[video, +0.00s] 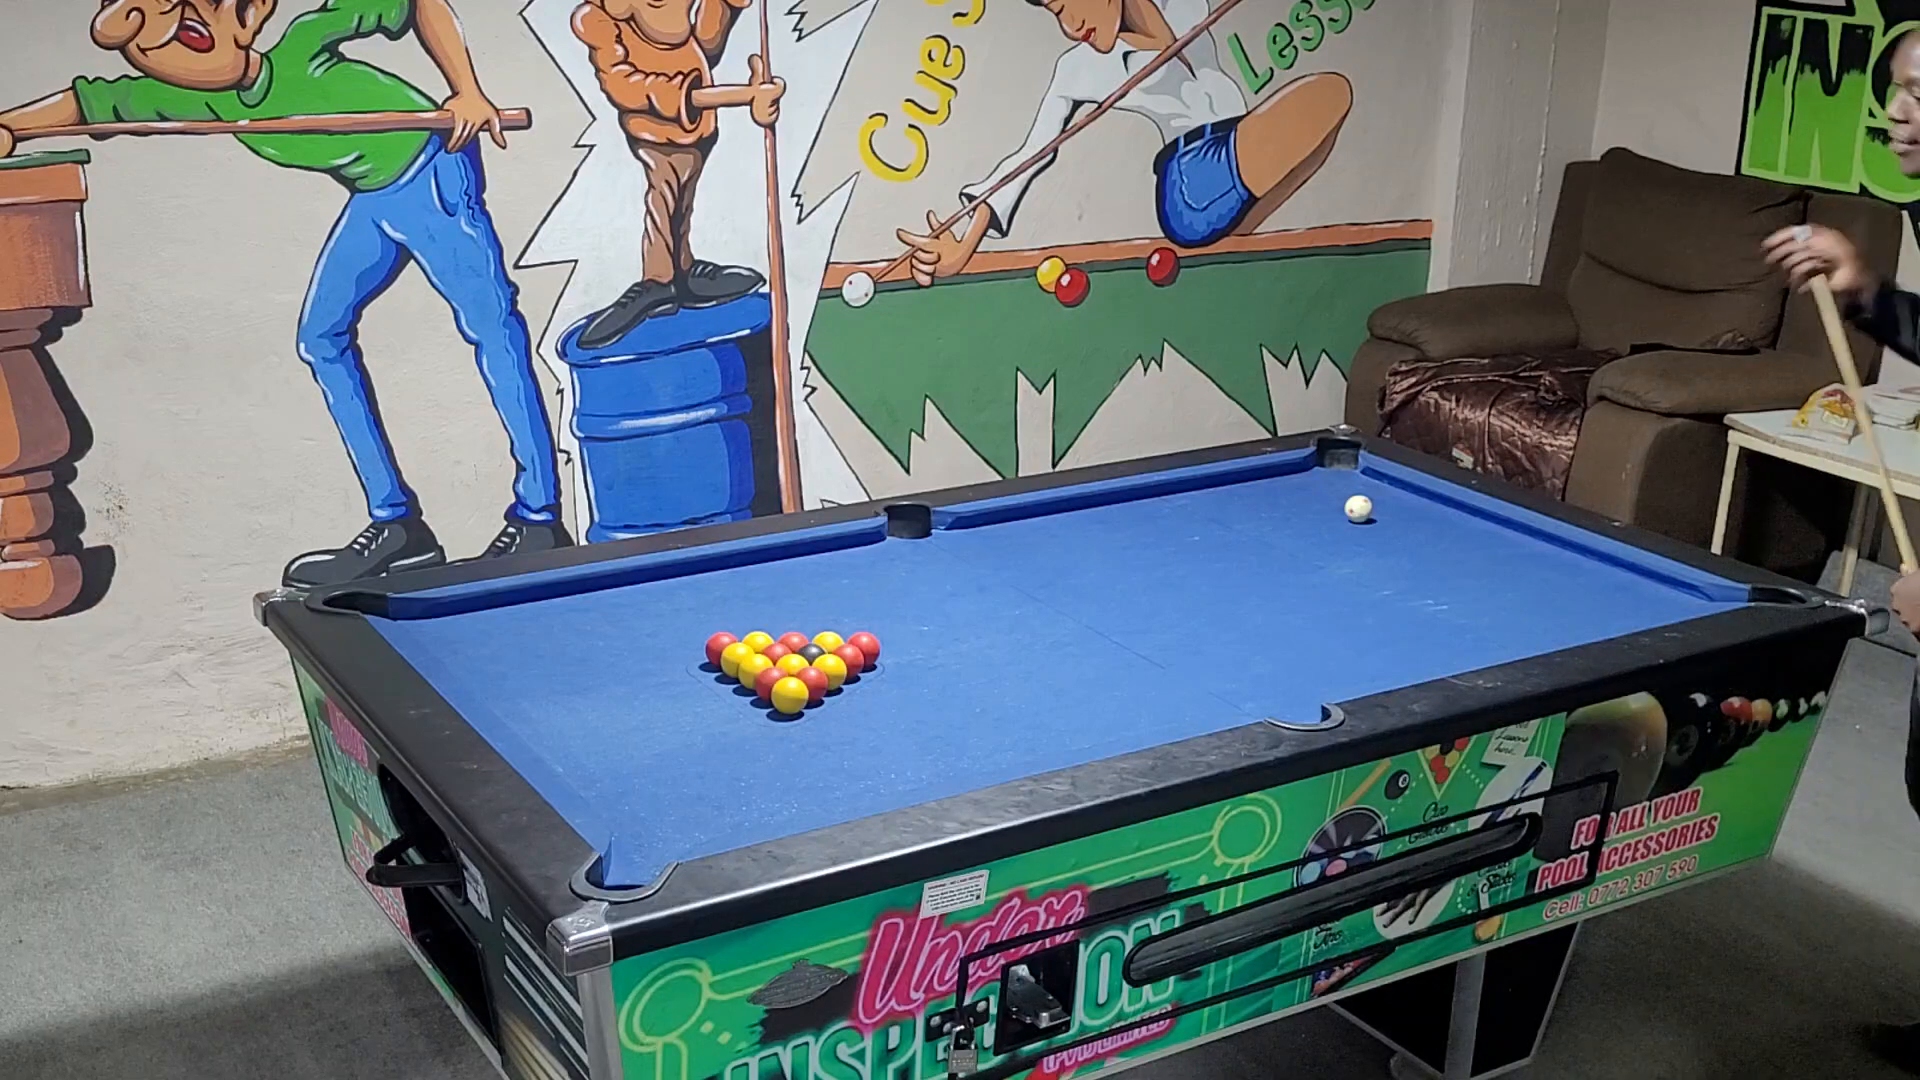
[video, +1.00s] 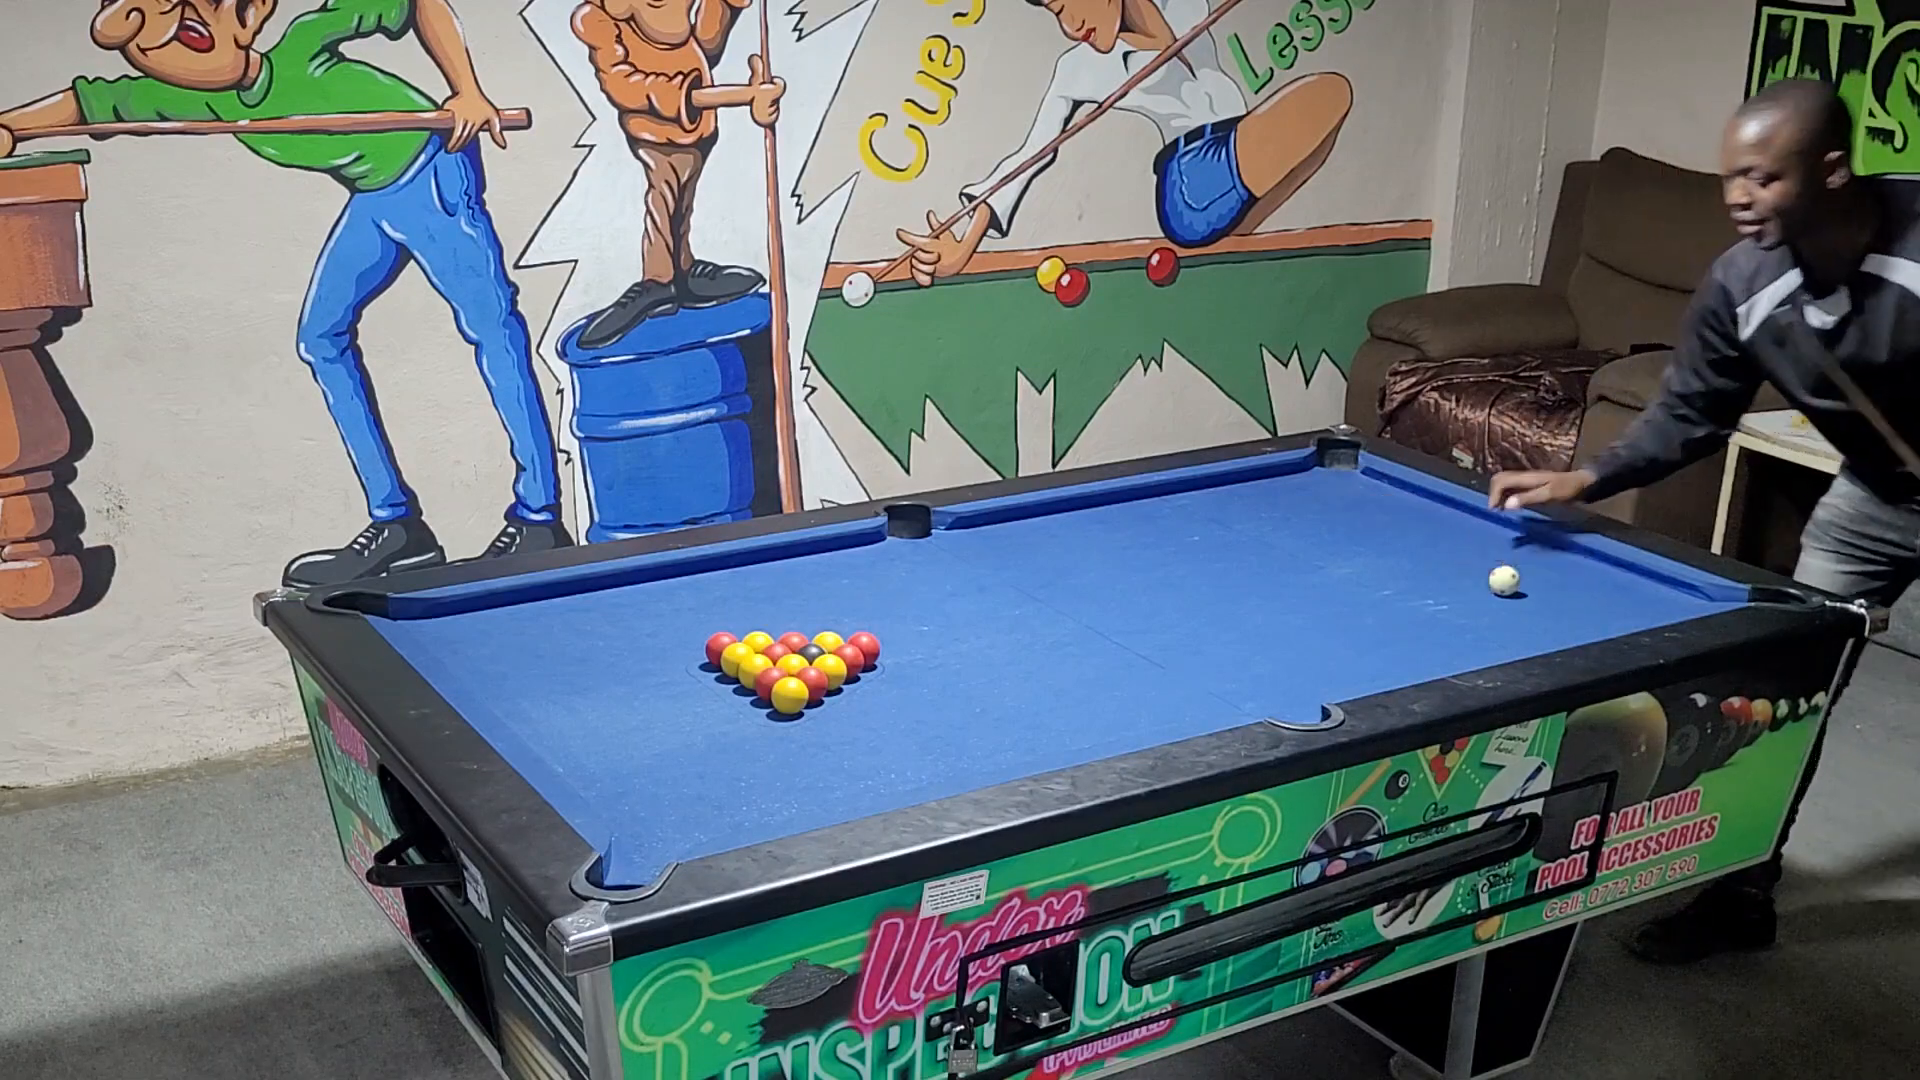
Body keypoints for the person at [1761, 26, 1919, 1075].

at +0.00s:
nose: (1895, 114)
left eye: (1907, 93)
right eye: (1893, 92)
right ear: (1892, 102)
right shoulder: (1908, 223)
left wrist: (1919, 564)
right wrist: (1866, 290)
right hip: (1919, 563)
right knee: (1919, 780)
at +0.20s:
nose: (1803, 112)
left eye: (1824, 93)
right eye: (1805, 91)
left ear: (1900, 104)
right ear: (1877, 107)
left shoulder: (1915, 230)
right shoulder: (1855, 211)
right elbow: (1809, 322)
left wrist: (1919, 582)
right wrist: (1668, 390)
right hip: (1915, 510)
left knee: (1896, 702)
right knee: (1872, 681)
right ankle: (1825, 893)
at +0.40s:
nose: (1674, 204)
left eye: (1693, 183)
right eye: (1675, 183)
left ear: (1771, 182)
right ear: (1749, 187)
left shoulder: (1900, 242)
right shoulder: (1706, 291)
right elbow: (1588, 387)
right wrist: (1437, 461)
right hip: (1887, 514)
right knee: (1783, 692)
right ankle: (1742, 891)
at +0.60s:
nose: (1636, 249)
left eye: (1651, 228)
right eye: (1628, 230)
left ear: (1723, 207)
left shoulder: (1872, 249)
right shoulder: (1668, 310)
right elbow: (1595, 423)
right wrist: (1506, 521)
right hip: (1849, 496)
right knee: (1774, 682)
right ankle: (1743, 891)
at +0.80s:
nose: (1658, 228)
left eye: (1676, 205)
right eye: (1648, 208)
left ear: (1746, 188)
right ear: (1642, 205)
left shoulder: (1882, 228)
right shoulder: (1677, 310)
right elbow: (1624, 435)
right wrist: (1543, 534)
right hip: (1847, 487)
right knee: (1766, 677)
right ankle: (1742, 888)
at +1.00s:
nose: (1738, 200)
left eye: (1761, 176)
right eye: (1729, 178)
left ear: (1833, 169)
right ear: (1725, 177)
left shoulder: (1915, 235)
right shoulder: (1740, 285)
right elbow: (1688, 412)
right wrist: (1587, 479)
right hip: (1884, 487)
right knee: (1781, 670)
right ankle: (1742, 886)